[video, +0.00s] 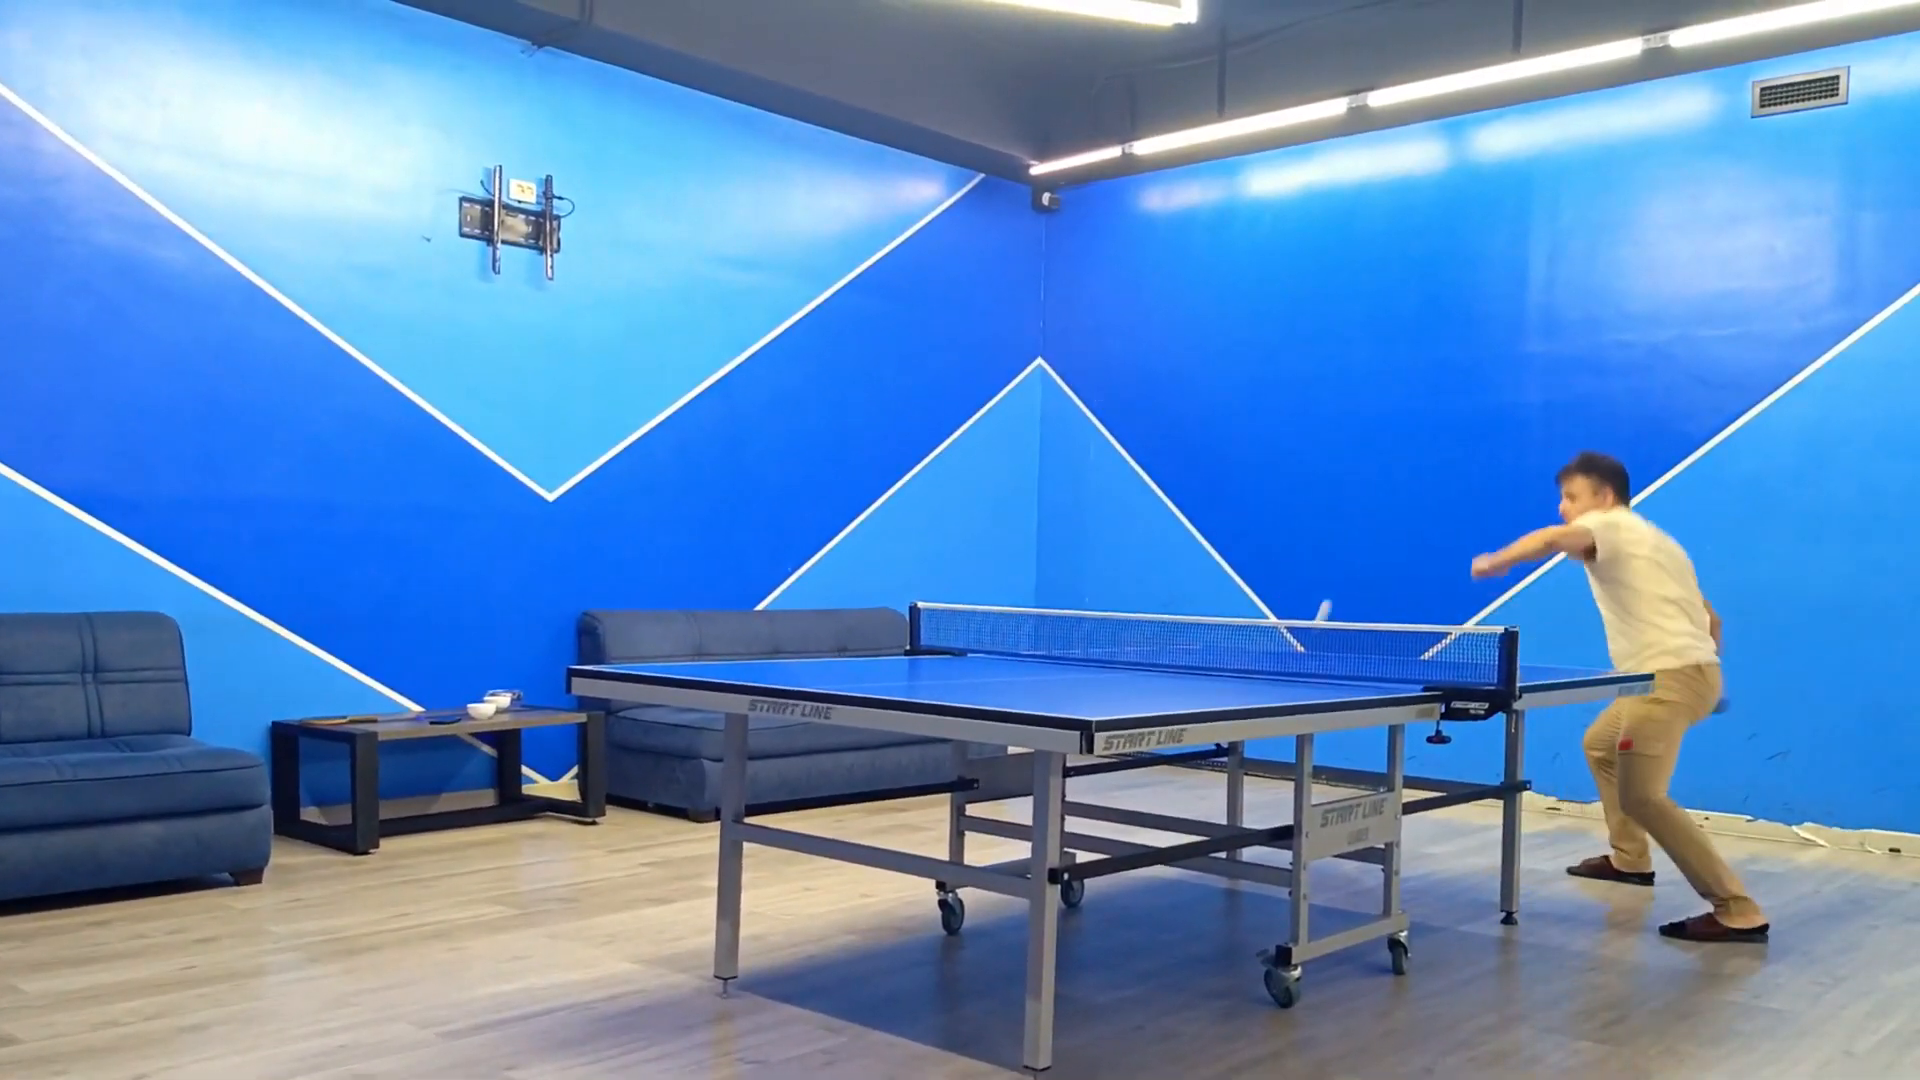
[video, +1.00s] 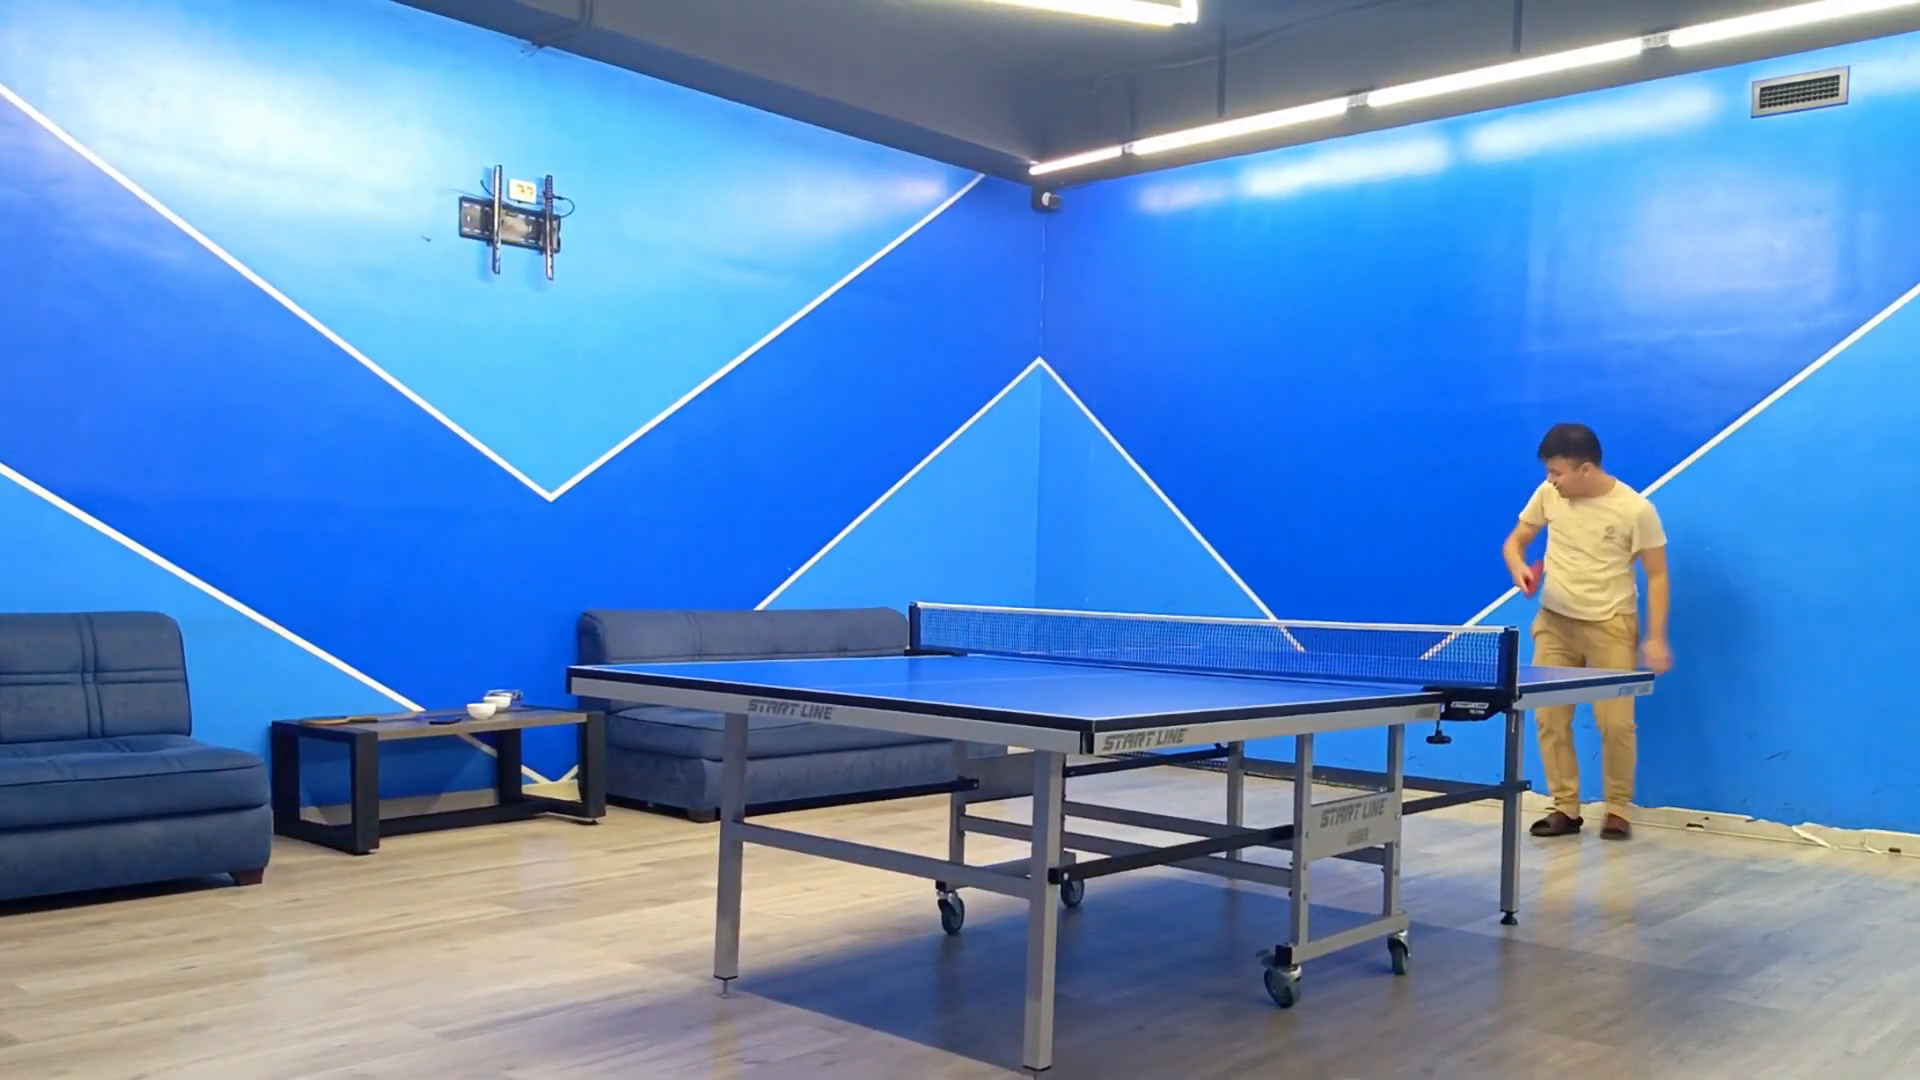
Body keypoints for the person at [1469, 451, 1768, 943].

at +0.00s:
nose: (1562, 508)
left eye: (1571, 497)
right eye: (1562, 498)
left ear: (1605, 496)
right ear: (1617, 502)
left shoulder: (1605, 524)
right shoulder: (1663, 543)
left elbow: (1550, 538)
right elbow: (1709, 620)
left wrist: (1497, 560)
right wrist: (1708, 682)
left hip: (1669, 671)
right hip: (1693, 670)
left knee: (1642, 797)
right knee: (1601, 745)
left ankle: (1738, 910)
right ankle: (1630, 860)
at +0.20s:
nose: (1558, 494)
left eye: (1565, 484)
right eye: (1560, 484)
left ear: (1591, 487)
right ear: (1593, 489)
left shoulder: (1613, 511)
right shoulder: (1606, 539)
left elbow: (1643, 527)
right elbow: (1612, 607)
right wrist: (1572, 618)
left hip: (1671, 645)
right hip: (1647, 654)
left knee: (1671, 761)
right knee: (1597, 741)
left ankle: (1724, 887)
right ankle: (1632, 858)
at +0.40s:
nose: (1557, 457)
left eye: (1563, 447)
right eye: (1554, 449)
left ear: (1597, 441)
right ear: (1572, 450)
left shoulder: (1632, 468)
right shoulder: (1588, 478)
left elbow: (1687, 469)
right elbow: (1538, 431)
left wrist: (1718, 440)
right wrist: (1503, 377)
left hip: (1660, 616)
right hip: (1627, 622)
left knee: (1639, 726)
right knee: (1599, 731)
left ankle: (1710, 842)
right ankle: (1637, 845)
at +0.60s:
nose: (1571, 465)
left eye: (1577, 455)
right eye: (1568, 457)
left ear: (1609, 449)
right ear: (1573, 456)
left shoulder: (1656, 488)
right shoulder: (1582, 484)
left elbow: (1737, 519)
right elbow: (1541, 433)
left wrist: (1816, 525)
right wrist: (1565, 373)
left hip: (1644, 635)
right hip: (1586, 632)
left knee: (1650, 744)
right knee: (1566, 732)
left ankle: (1681, 848)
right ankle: (1610, 812)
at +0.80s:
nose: (1572, 477)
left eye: (1581, 469)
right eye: (1571, 468)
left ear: (1612, 470)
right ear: (1573, 466)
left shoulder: (1652, 518)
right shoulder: (1563, 501)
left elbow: (1688, 578)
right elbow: (1494, 520)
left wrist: (1722, 631)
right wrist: (1493, 493)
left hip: (1623, 646)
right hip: (1566, 642)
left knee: (1640, 739)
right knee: (1544, 730)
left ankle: (1676, 842)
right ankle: (1568, 814)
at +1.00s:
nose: (1550, 481)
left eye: (1556, 473)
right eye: (1549, 473)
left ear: (1587, 467)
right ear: (1555, 469)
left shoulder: (1635, 510)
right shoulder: (1549, 494)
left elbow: (1657, 576)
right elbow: (1514, 541)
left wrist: (1656, 638)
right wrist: (1518, 567)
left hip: (1610, 628)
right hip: (1555, 624)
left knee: (1615, 723)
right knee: (1550, 718)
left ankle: (1617, 813)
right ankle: (1565, 810)